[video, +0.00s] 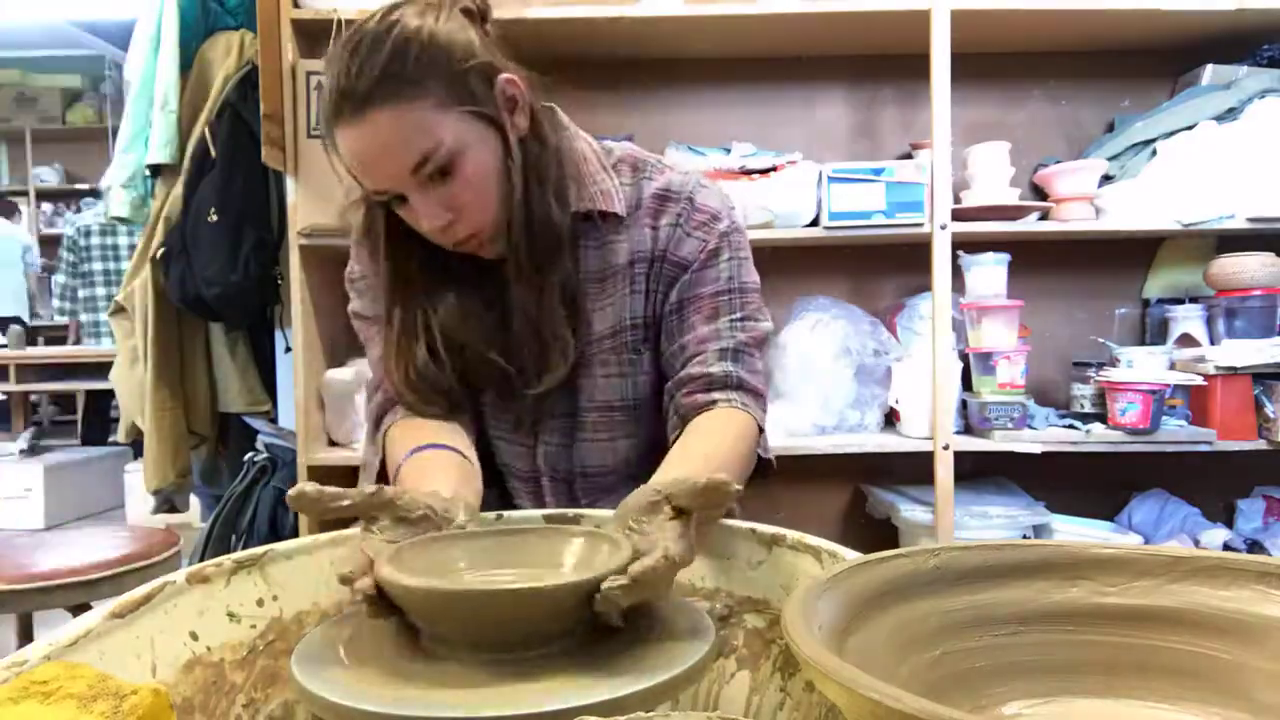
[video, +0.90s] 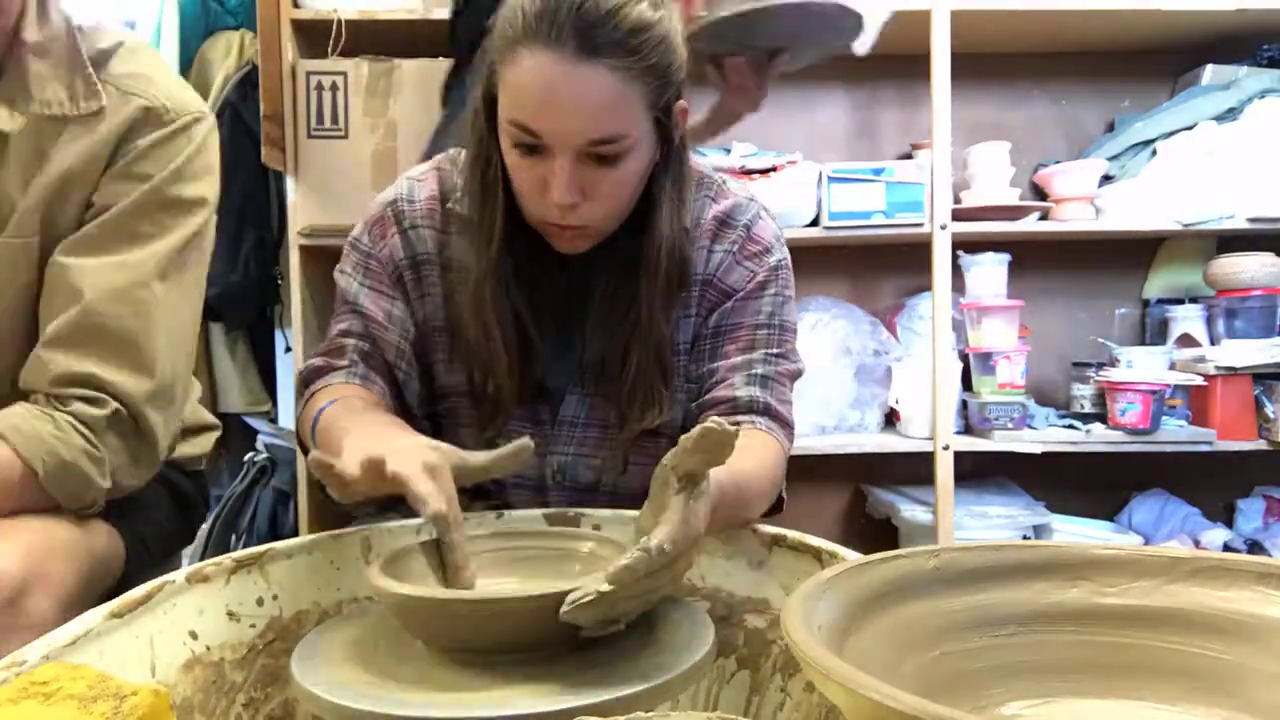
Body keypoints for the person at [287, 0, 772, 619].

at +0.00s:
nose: (432, 221)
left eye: (441, 172)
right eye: (396, 200)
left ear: (511, 108)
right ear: (374, 190)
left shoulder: (682, 220)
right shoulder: (391, 253)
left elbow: (726, 403)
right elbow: (419, 409)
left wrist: (662, 512)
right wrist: (432, 514)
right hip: (485, 584)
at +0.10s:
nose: (463, 205)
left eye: (479, 153)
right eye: (421, 178)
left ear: (548, 98)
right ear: (392, 168)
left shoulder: (695, 217)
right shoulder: (396, 247)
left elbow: (730, 403)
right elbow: (421, 415)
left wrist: (670, 518)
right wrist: (438, 512)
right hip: (488, 591)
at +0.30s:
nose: (547, 168)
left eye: (587, 127)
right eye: (510, 126)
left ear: (648, 106)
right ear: (469, 109)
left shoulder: (723, 227)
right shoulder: (408, 224)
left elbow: (750, 432)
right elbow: (383, 398)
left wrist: (688, 495)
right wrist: (373, 488)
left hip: (653, 585)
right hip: (466, 578)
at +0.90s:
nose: (561, 195)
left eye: (603, 156)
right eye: (528, 148)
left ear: (672, 127)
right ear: (492, 118)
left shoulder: (734, 241)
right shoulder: (410, 224)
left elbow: (755, 430)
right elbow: (339, 379)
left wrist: (702, 502)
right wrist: (376, 437)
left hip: (645, 592)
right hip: (448, 589)